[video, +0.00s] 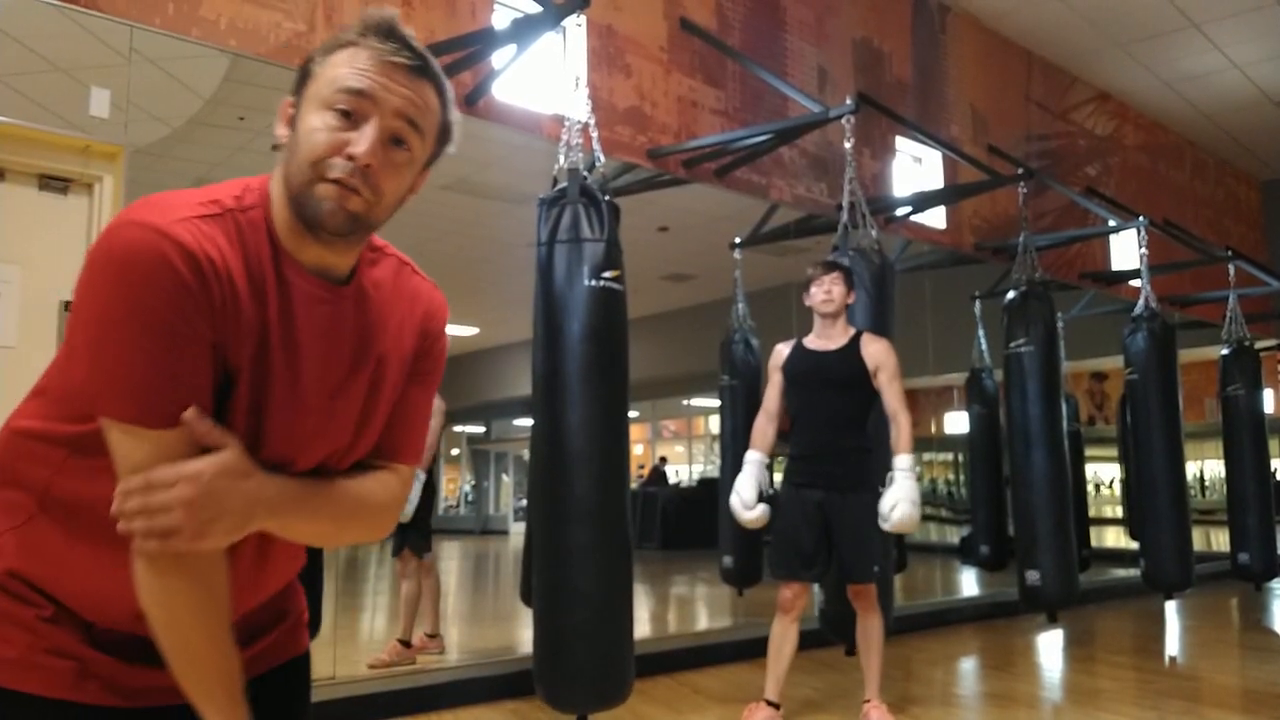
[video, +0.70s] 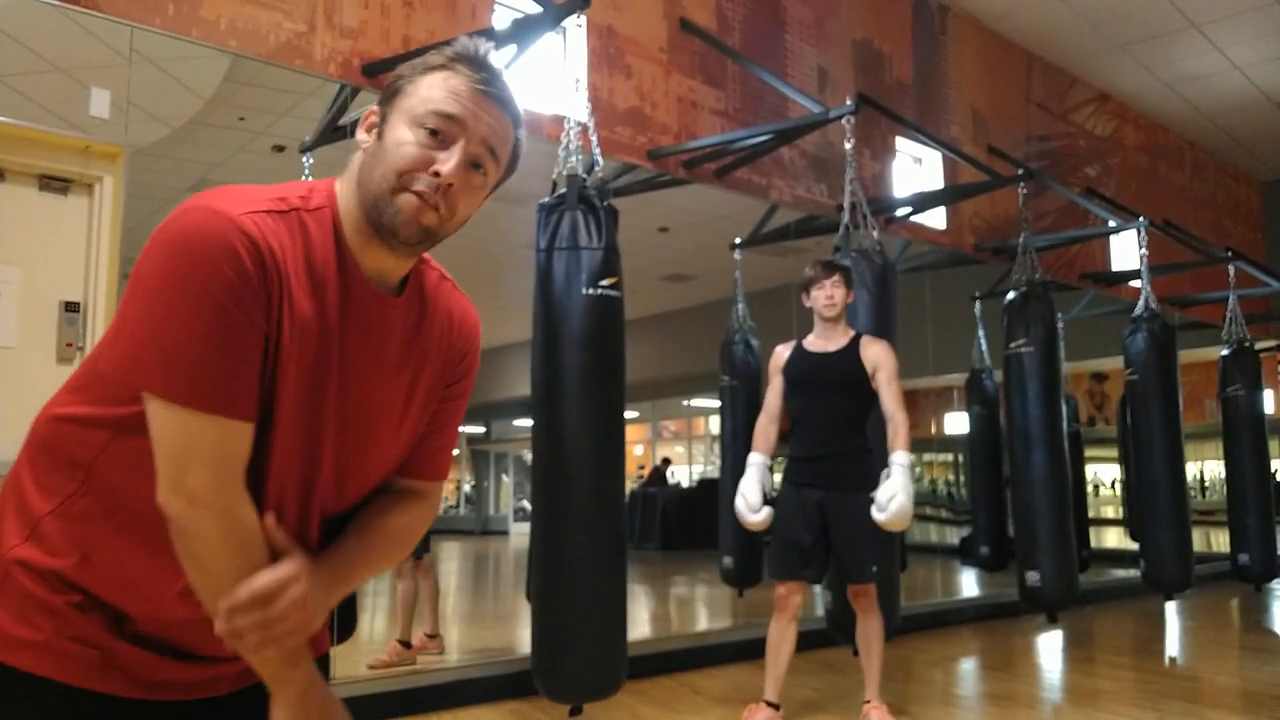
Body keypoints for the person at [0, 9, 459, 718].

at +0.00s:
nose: (363, 152)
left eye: (399, 141)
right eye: (345, 113)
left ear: (417, 183)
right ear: (287, 119)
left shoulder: (415, 312)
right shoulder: (159, 251)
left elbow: (384, 503)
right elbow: (170, 536)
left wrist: (260, 498)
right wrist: (228, 708)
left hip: (256, 635)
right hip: (63, 637)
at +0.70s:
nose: (447, 171)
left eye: (478, 166)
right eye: (435, 133)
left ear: (482, 201)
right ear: (370, 125)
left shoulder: (450, 330)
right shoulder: (225, 239)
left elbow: (413, 494)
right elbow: (199, 495)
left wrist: (327, 581)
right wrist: (297, 687)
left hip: (244, 663)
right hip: (68, 640)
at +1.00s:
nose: (398, 180)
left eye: (429, 168)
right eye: (381, 139)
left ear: (438, 197)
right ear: (313, 127)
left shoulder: (403, 327)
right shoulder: (157, 247)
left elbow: (366, 512)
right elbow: (99, 515)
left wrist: (285, 650)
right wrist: (215, 694)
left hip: (219, 679)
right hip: (46, 668)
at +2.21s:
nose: (384, 116)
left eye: (415, 105)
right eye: (367, 80)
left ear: (426, 139)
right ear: (308, 81)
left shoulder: (411, 283)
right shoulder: (171, 201)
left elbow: (397, 447)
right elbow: (100, 428)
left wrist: (321, 568)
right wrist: (253, 595)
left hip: (274, 660)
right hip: (84, 653)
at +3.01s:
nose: (296, 80)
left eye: (325, 73)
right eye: (277, 45)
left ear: (332, 104)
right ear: (214, 43)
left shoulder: (328, 250)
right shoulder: (78, 173)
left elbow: (341, 407)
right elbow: (10, 375)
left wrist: (332, 492)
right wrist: (163, 527)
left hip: (239, 663)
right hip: (62, 664)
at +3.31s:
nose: (225, 47)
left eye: (250, 37)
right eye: (199, 17)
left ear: (259, 67)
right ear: (132, 24)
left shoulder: (280, 214)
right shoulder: (23, 160)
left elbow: (316, 362)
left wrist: (280, 411)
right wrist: (147, 413)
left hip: (239, 645)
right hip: (51, 655)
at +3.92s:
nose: (246, 58)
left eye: (273, 46)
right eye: (222, 36)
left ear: (305, 79)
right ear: (183, 63)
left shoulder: (370, 230)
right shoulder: (93, 206)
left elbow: (430, 378)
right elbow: (13, 380)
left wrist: (373, 400)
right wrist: (170, 409)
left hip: (301, 651)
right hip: (114, 652)